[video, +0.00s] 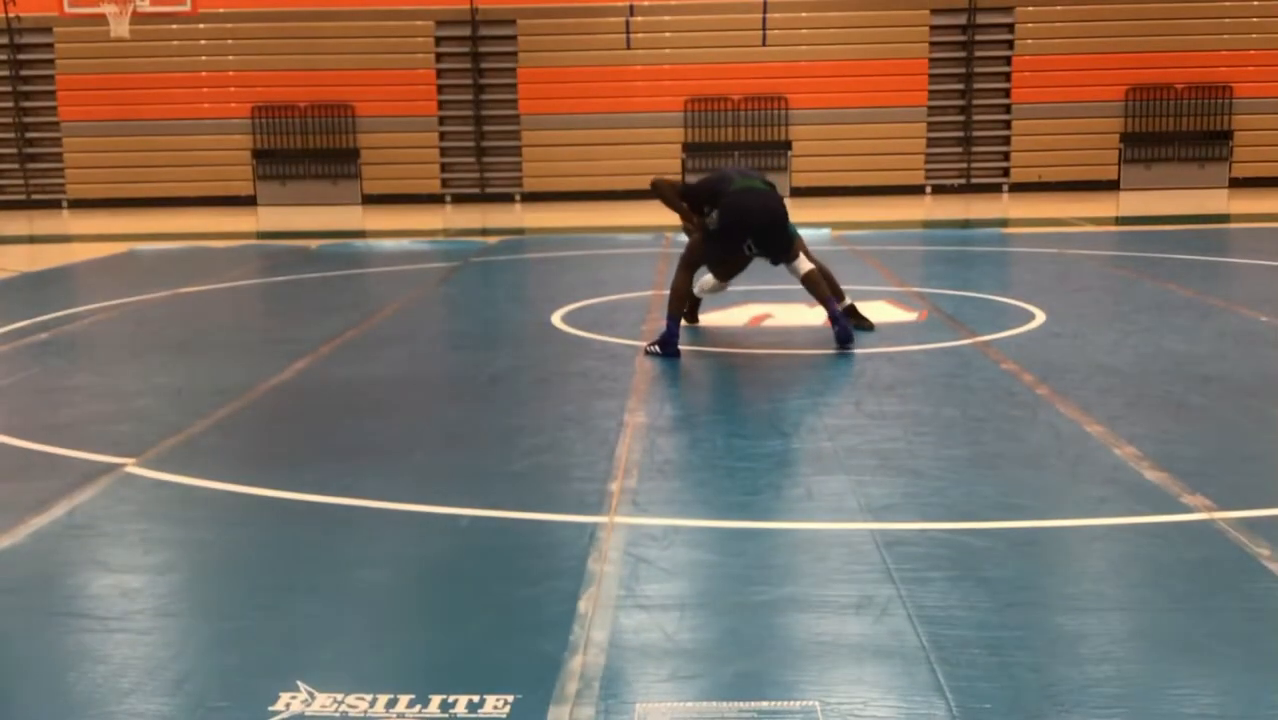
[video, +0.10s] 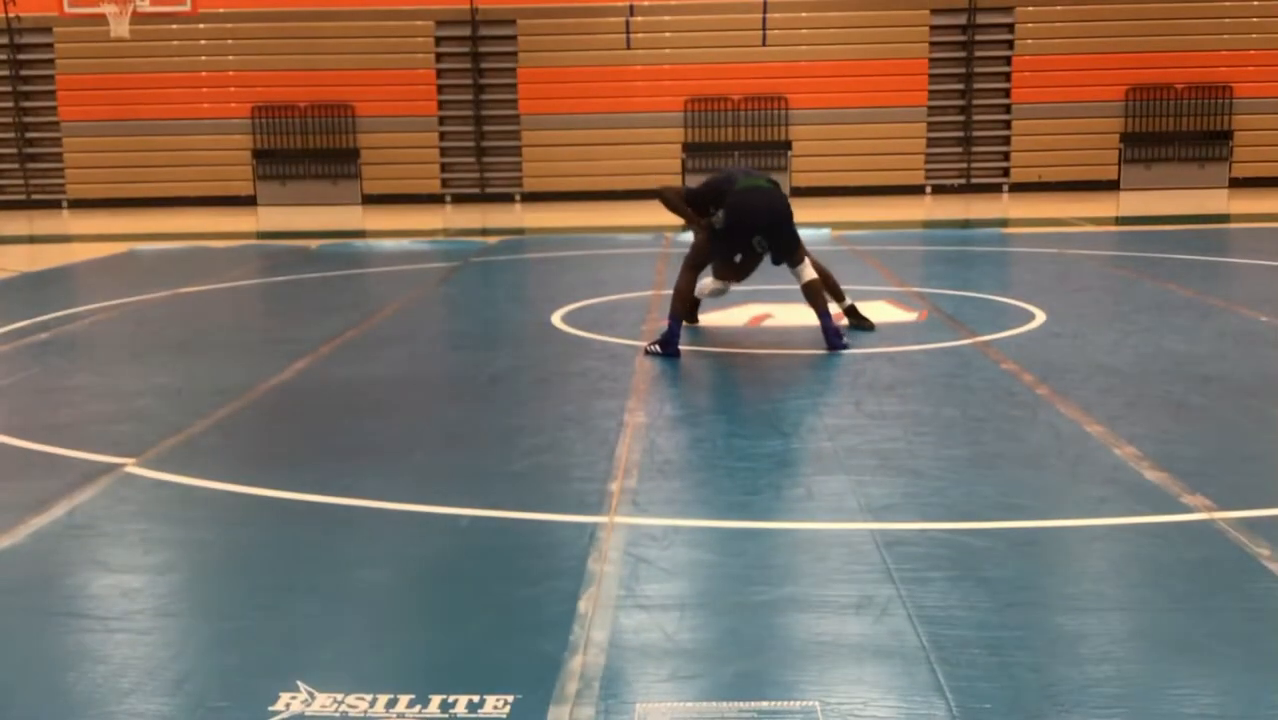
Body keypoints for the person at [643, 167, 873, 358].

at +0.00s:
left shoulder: (704, 191)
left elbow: (658, 184)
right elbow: (811, 262)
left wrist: (684, 215)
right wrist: (844, 306)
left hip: (731, 212)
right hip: (770, 209)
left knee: (685, 268)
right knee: (800, 265)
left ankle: (669, 339)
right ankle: (840, 321)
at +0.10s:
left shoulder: (709, 197)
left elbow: (664, 193)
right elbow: (812, 267)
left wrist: (695, 223)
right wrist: (848, 309)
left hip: (738, 203)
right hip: (774, 203)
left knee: (689, 269)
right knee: (802, 269)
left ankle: (670, 339)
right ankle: (831, 333)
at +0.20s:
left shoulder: (714, 193)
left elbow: (667, 196)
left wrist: (705, 226)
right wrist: (848, 309)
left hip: (737, 205)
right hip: (776, 205)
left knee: (691, 269)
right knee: (804, 270)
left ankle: (670, 339)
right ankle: (833, 333)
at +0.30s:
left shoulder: (715, 189)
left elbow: (669, 197)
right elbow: (752, 264)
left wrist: (705, 225)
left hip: (736, 207)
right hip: (776, 206)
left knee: (692, 270)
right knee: (805, 270)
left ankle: (670, 340)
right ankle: (834, 332)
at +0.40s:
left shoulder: (711, 190)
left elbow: (668, 194)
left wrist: (702, 219)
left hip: (735, 206)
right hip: (775, 203)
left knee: (691, 269)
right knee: (803, 270)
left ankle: (670, 339)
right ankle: (834, 333)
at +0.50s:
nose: (753, 262)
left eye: (753, 259)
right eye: (752, 258)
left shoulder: (710, 186)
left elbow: (671, 189)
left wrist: (702, 213)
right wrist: (844, 306)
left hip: (735, 206)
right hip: (774, 203)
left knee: (691, 270)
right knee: (804, 269)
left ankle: (670, 339)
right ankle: (834, 333)